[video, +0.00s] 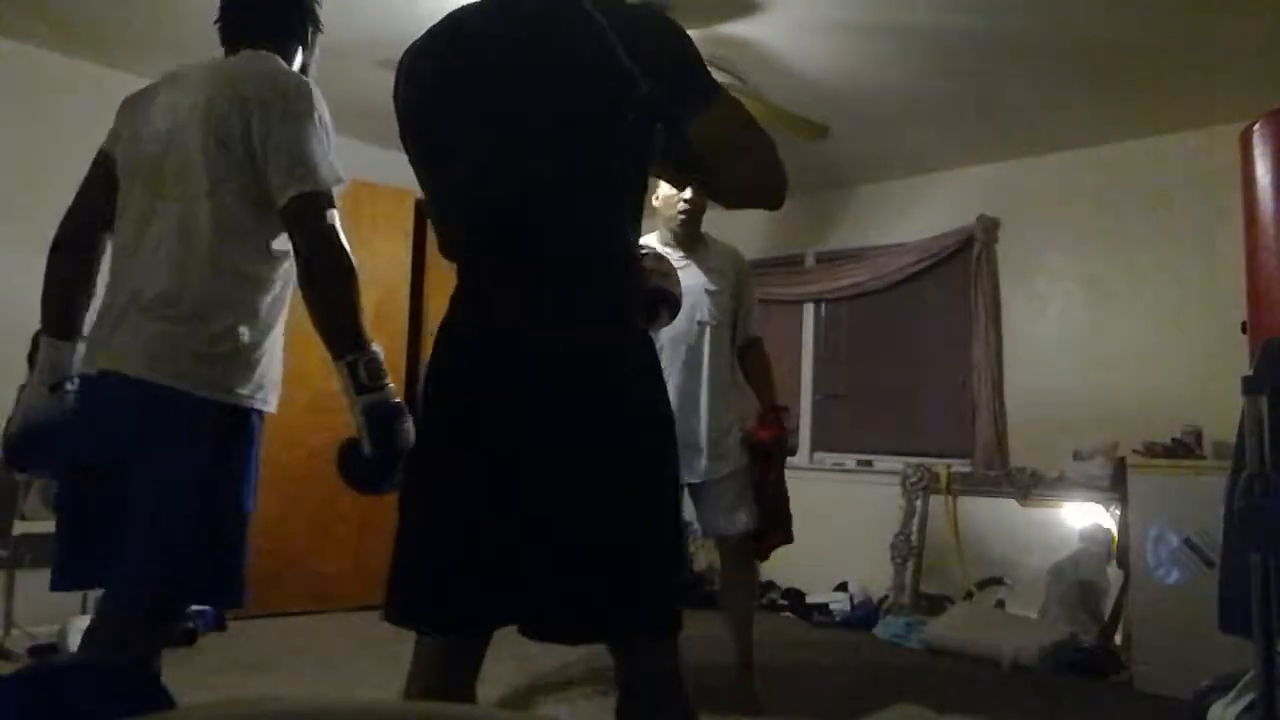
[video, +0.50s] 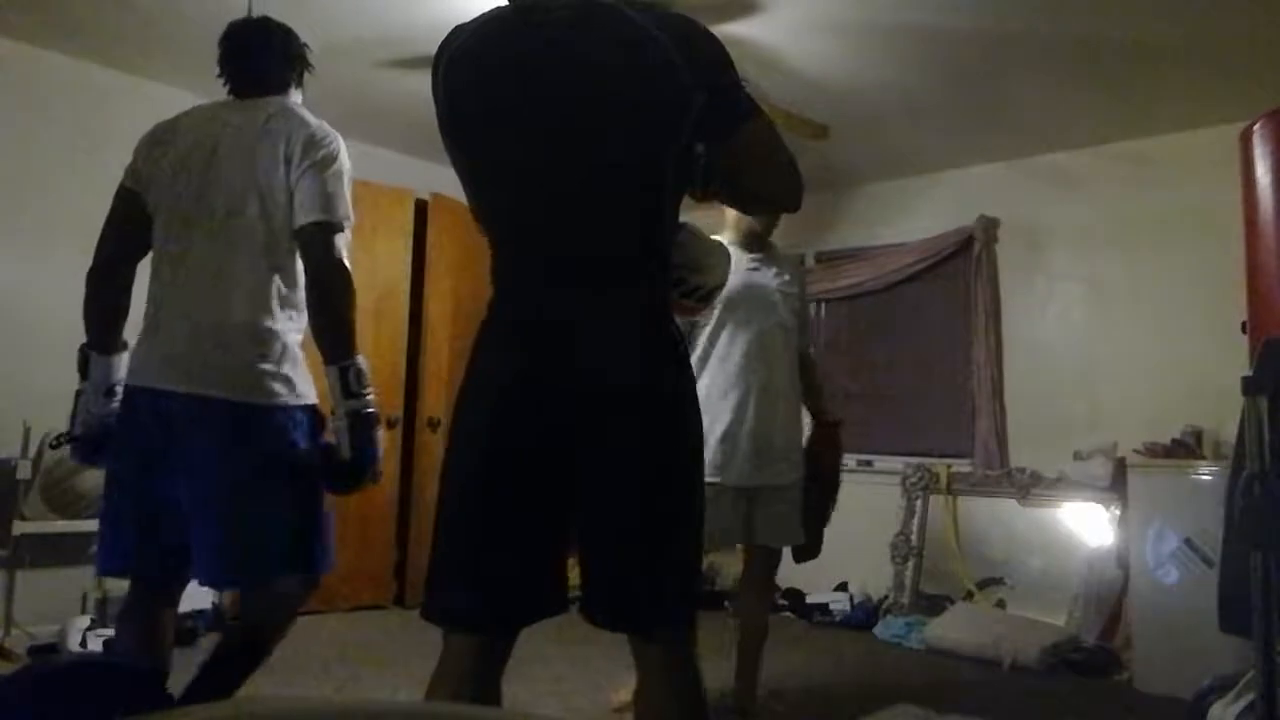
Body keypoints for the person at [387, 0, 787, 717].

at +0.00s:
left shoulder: (424, 59)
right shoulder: (631, 28)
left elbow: (455, 238)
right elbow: (760, 181)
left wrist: (620, 278)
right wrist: (648, 139)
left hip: (475, 363)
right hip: (604, 367)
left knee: (446, 644)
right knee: (647, 652)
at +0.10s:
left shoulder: (432, 60)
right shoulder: (642, 35)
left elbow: (461, 235)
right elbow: (765, 186)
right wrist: (662, 135)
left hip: (487, 359)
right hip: (615, 360)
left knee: (452, 647)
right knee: (650, 649)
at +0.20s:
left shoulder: (441, 56)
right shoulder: (653, 38)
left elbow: (472, 233)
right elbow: (771, 189)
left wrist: (641, 269)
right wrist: (667, 133)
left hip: (496, 356)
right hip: (622, 358)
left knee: (460, 641)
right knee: (655, 649)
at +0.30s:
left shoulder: (450, 54)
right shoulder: (663, 40)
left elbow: (479, 225)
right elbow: (776, 189)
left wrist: (652, 256)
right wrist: (673, 136)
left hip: (505, 356)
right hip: (629, 358)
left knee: (465, 643)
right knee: (659, 646)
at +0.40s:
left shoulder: (456, 52)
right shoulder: (671, 42)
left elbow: (499, 217)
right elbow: (778, 189)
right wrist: (679, 139)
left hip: (510, 361)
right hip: (635, 365)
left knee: (471, 639)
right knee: (661, 644)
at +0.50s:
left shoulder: (462, 51)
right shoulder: (674, 40)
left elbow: (496, 212)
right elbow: (776, 188)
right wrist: (671, 158)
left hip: (514, 362)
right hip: (638, 366)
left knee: (472, 640)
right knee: (663, 645)